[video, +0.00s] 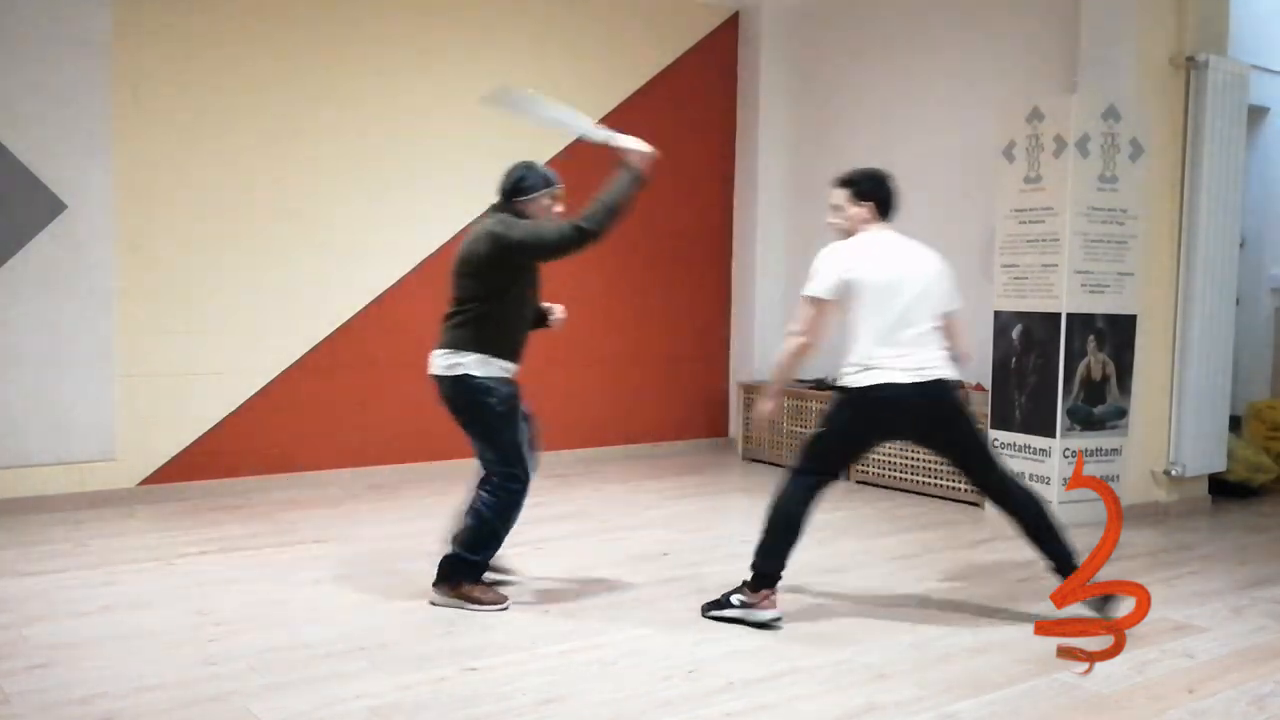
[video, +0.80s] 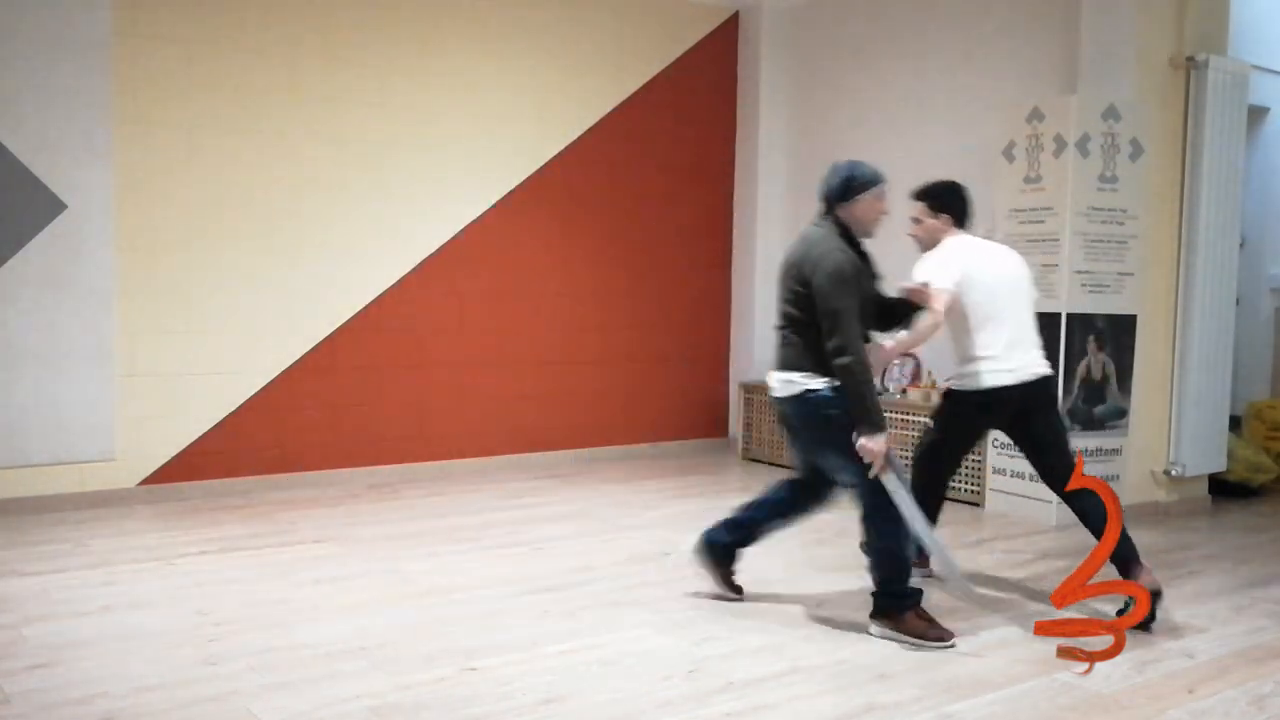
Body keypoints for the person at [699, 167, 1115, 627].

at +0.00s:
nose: (833, 217)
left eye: (839, 209)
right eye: (834, 208)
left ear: (865, 209)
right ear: (881, 211)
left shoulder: (840, 254)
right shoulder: (928, 259)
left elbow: (804, 336)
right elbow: (958, 347)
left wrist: (772, 391)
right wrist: (952, 387)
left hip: (869, 396)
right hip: (933, 396)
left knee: (804, 483)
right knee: (1000, 485)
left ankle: (759, 591)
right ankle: (1077, 579)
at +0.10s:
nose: (898, 230)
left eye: (905, 221)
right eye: (898, 220)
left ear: (932, 222)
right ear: (945, 222)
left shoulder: (915, 267)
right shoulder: (1003, 271)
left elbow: (881, 352)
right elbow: (1029, 359)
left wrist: (850, 407)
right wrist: (1002, 404)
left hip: (937, 403)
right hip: (1001, 409)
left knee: (857, 469)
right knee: (1048, 504)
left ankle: (826, 583)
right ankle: (1130, 602)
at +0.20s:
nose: (948, 244)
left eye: (956, 235)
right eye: (948, 234)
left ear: (986, 235)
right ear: (998, 237)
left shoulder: (974, 279)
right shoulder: (1049, 285)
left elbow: (953, 369)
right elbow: (1058, 368)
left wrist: (926, 407)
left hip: (989, 417)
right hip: (1047, 423)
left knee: (906, 468)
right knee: (1062, 513)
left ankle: (957, 568)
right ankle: (1141, 609)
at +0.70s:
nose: (955, 241)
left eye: (961, 232)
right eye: (955, 232)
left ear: (987, 231)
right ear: (997, 232)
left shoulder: (981, 268)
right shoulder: (1054, 267)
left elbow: (943, 328)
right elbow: (1054, 345)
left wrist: (891, 356)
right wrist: (991, 379)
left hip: (1014, 401)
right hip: (1069, 400)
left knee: (945, 468)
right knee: (1090, 493)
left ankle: (919, 547)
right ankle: (1145, 595)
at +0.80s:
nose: (911, 230)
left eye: (918, 221)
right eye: (912, 220)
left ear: (944, 221)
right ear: (958, 221)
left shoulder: (940, 258)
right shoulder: (1007, 255)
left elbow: (933, 315)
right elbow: (1019, 312)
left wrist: (891, 350)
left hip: (979, 390)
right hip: (1033, 385)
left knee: (932, 464)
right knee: (1067, 479)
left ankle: (914, 551)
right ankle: (1136, 572)